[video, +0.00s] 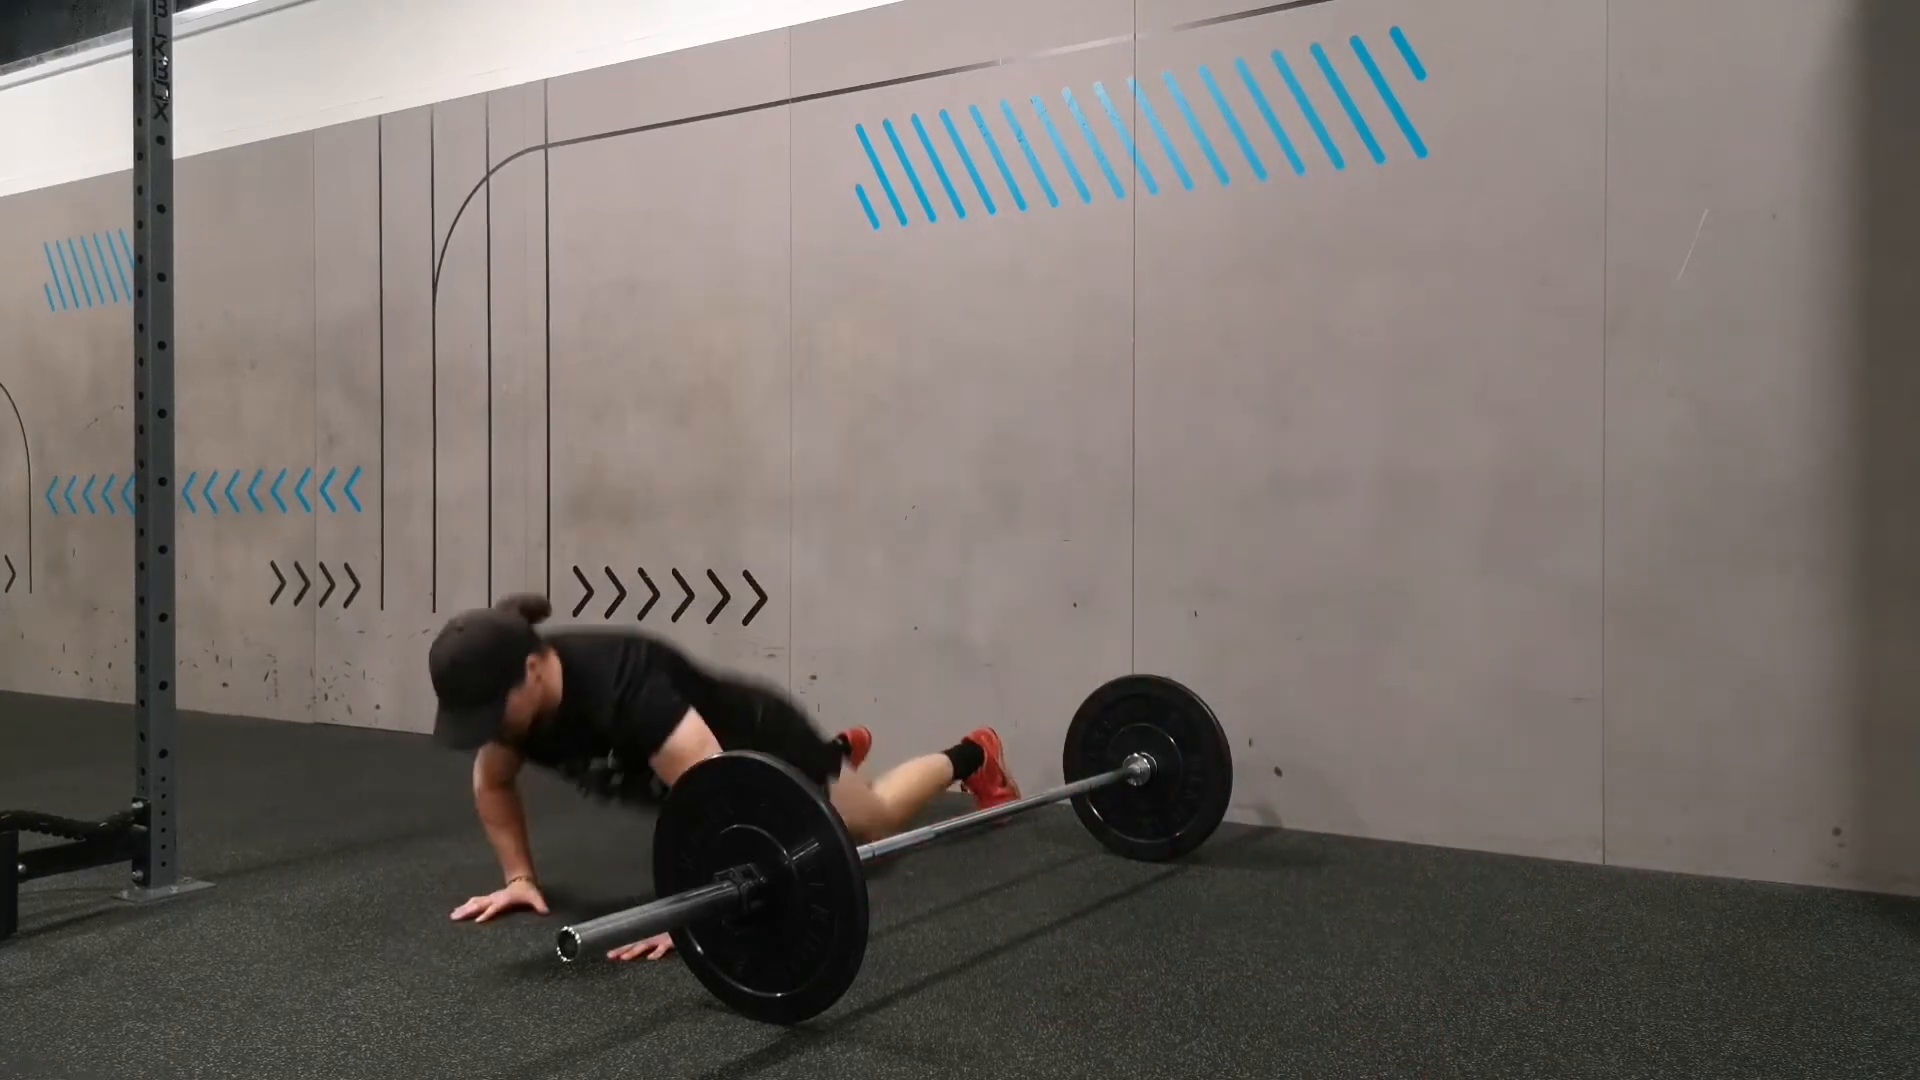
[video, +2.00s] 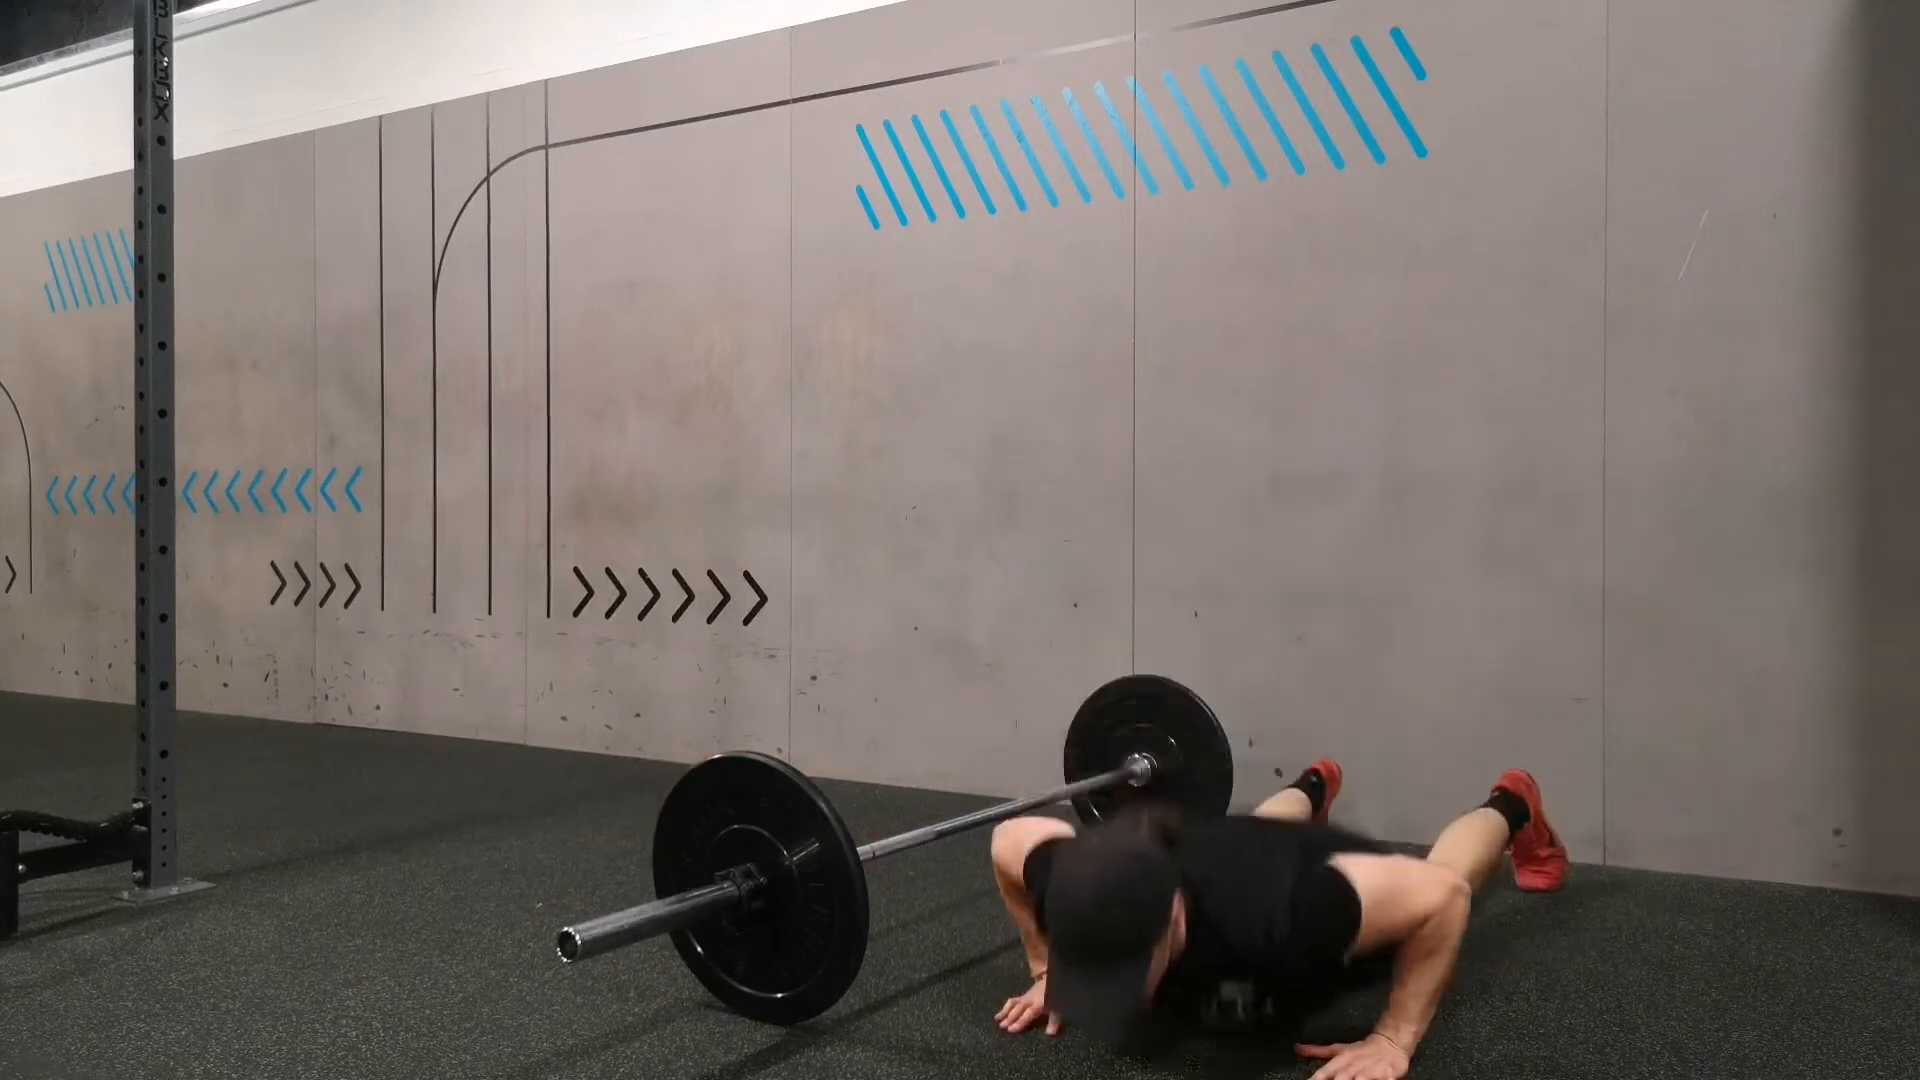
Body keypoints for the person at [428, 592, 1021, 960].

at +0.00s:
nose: (495, 728)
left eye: (497, 713)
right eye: (485, 721)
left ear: (532, 674)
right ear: (497, 695)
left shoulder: (623, 680)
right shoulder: (511, 697)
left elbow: (717, 790)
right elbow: (492, 782)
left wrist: (684, 910)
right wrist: (518, 878)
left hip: (767, 746)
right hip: (691, 758)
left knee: (870, 816)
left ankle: (968, 756)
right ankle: (838, 760)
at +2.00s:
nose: (1127, 987)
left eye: (1137, 969)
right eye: (1104, 975)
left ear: (1175, 919)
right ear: (1069, 920)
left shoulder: (1288, 905)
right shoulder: (1063, 884)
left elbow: (1443, 897)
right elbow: (1009, 842)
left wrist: (1395, 1040)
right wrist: (1042, 968)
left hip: (1331, 867)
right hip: (1200, 856)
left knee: (1451, 873)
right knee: (1253, 829)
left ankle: (1510, 803)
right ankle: (1312, 789)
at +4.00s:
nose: (532, 720)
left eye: (534, 706)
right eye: (519, 716)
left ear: (556, 665)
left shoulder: (632, 640)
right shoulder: (517, 635)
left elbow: (682, 784)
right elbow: (499, 766)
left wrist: (674, 911)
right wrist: (478, 887)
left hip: (770, 512)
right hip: (687, 507)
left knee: (826, 721)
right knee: (679, 701)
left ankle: (925, 712)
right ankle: (765, 705)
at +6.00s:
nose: (998, 315)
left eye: (1012, 297)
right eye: (982, 300)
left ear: (1043, 271)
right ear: (959, 282)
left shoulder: (1101, 326)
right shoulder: (944, 357)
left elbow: (1201, 452)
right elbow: (896, 490)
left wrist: (1259, 590)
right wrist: (915, 604)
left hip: (1149, 504)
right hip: (1044, 525)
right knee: (1018, 689)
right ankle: (1092, 882)